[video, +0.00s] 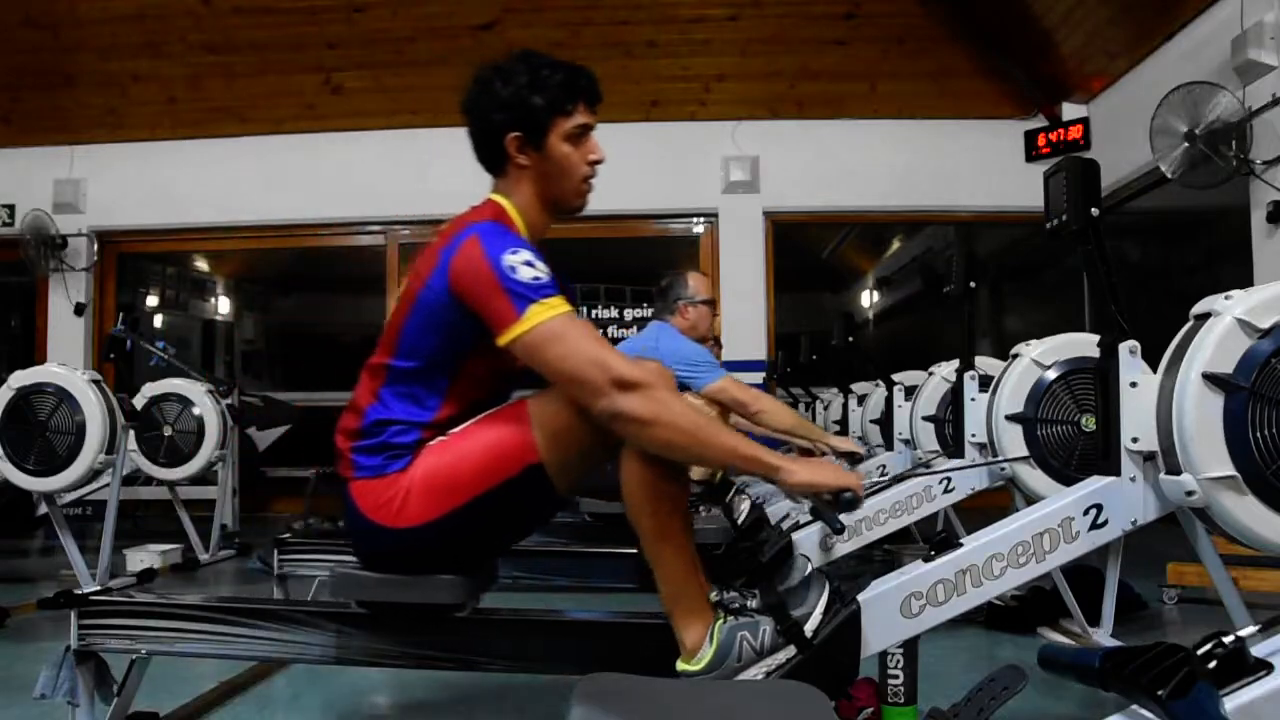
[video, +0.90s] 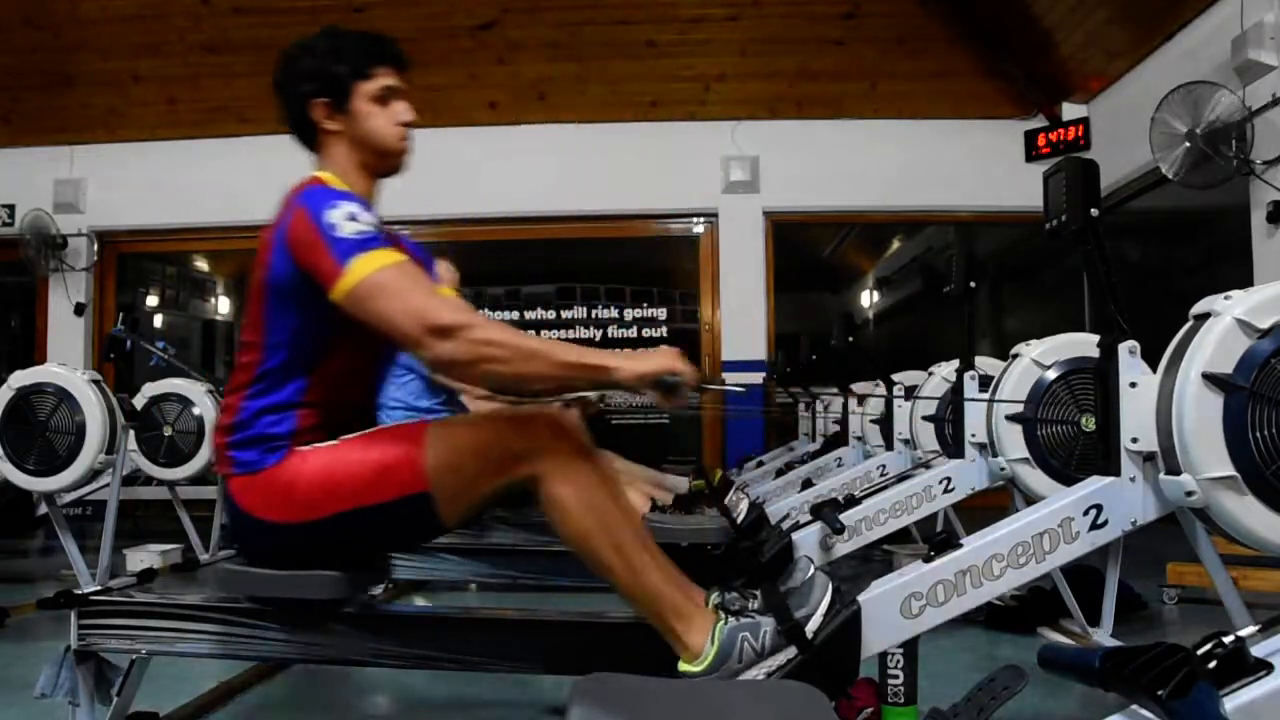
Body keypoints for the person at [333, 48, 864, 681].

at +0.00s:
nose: (598, 155)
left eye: (594, 136)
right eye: (579, 137)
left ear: (529, 153)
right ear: (520, 150)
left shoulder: (502, 244)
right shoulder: (487, 248)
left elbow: (611, 378)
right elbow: (620, 389)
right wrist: (780, 468)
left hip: (422, 483)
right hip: (396, 499)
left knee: (633, 386)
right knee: (633, 398)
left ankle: (698, 620)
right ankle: (700, 641)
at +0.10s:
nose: (640, 157)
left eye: (635, 138)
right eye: (621, 139)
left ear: (571, 154)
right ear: (563, 152)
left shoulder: (546, 244)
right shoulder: (533, 248)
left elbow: (665, 373)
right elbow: (672, 388)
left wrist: (821, 441)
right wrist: (829, 464)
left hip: (460, 490)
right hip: (437, 503)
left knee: (667, 384)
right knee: (661, 398)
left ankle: (705, 616)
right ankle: (701, 637)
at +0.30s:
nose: (708, 157)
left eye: (704, 139)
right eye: (691, 141)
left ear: (638, 155)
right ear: (634, 154)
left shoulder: (619, 243)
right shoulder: (610, 248)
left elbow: (764, 366)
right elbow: (765, 383)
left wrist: (883, 445)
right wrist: (923, 447)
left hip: (520, 495)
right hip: (502, 506)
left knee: (734, 373)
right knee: (730, 384)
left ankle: (705, 607)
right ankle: (702, 623)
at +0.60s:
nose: (673, 144)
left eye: (667, 125)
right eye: (655, 126)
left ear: (605, 145)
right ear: (599, 142)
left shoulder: (586, 228)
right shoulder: (580, 232)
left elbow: (709, 348)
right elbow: (726, 365)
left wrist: (857, 415)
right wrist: (881, 418)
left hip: (495, 484)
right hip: (478, 498)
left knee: (701, 360)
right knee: (708, 375)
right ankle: (703, 622)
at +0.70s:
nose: (598, 132)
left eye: (593, 116)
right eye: (578, 116)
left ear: (528, 134)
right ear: (521, 129)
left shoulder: (508, 220)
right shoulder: (508, 224)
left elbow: (585, 362)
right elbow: (635, 364)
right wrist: (797, 409)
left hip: (441, 481)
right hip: (421, 495)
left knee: (644, 371)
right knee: (654, 377)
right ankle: (704, 629)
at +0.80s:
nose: (506, 120)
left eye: (501, 104)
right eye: (485, 105)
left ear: (435, 123)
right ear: (426, 121)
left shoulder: (431, 218)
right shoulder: (414, 218)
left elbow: (547, 337)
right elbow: (538, 352)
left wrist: (696, 381)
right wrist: (711, 384)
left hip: (379, 475)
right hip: (354, 490)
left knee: (595, 397)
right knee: (598, 412)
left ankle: (697, 617)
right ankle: (703, 634)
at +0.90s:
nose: (408, 116)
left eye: (403, 99)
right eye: (387, 100)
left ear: (351, 119)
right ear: (327, 117)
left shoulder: (372, 228)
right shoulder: (321, 211)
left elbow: (468, 349)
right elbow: (448, 337)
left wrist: (607, 370)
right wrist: (616, 367)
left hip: (325, 475)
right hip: (280, 487)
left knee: (548, 426)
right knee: (539, 436)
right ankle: (702, 640)